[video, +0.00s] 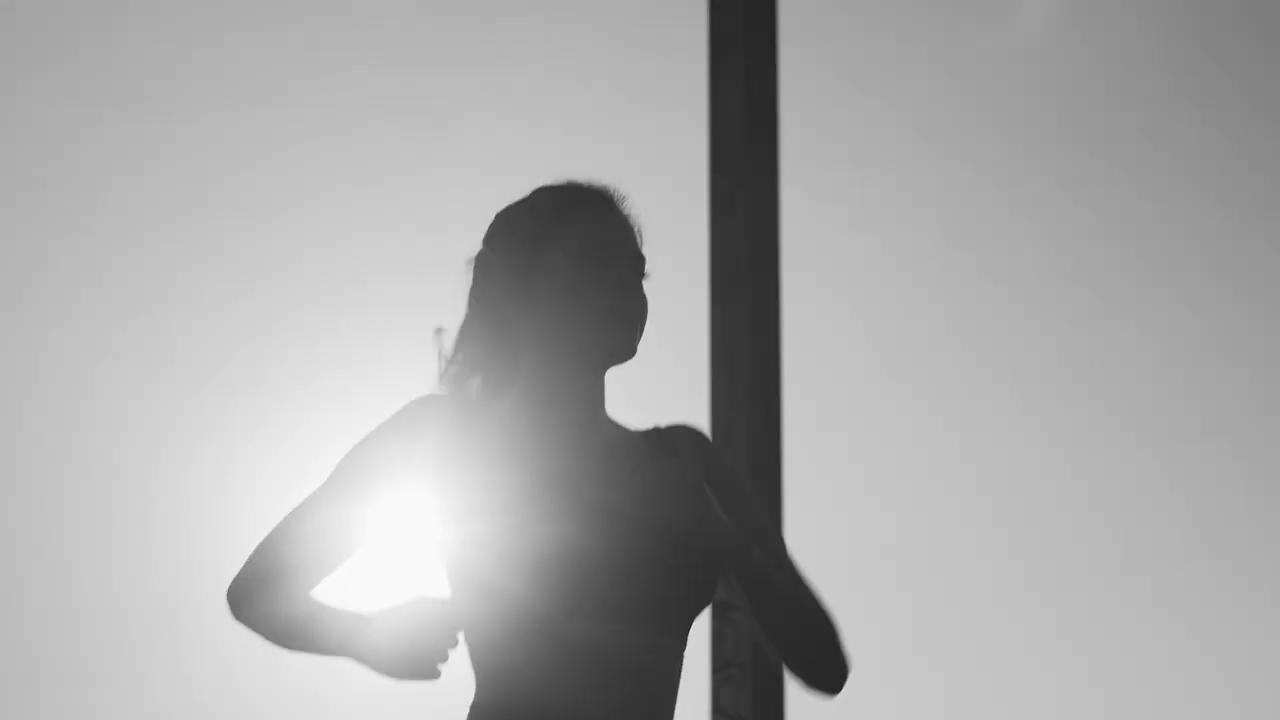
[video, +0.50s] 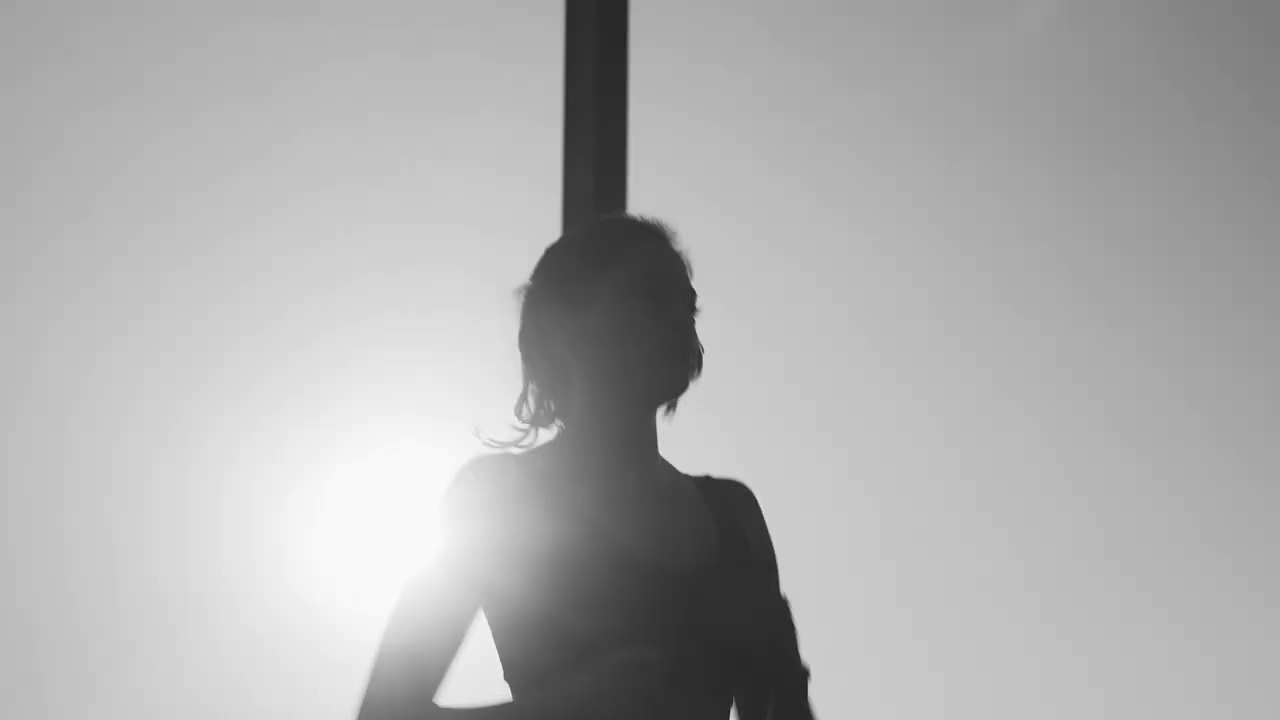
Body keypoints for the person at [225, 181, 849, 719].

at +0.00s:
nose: (643, 294)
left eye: (640, 271)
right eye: (622, 270)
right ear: (548, 285)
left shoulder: (678, 463)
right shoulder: (438, 434)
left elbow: (826, 668)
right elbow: (258, 593)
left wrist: (726, 530)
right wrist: (364, 636)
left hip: (637, 710)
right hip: (506, 710)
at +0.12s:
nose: (646, 284)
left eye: (646, 260)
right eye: (614, 258)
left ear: (645, 285)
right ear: (534, 279)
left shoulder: (688, 445)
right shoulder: (447, 423)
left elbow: (859, 630)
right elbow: (281, 588)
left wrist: (733, 470)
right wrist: (384, 617)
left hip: (664, 706)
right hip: (525, 704)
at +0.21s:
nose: (642, 274)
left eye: (646, 251)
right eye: (608, 247)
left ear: (652, 280)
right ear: (523, 276)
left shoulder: (696, 439)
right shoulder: (458, 425)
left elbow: (864, 635)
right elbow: (300, 603)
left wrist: (737, 482)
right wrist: (402, 623)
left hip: (674, 705)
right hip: (537, 705)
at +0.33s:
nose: (653, 296)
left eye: (660, 273)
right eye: (618, 269)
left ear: (672, 302)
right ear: (538, 300)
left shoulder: (712, 468)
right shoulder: (469, 450)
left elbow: (847, 685)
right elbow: (330, 655)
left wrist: (741, 520)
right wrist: (477, 656)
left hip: (676, 713)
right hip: (537, 718)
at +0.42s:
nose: (659, 324)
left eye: (663, 298)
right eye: (616, 295)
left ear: (677, 333)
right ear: (546, 328)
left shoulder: (722, 493)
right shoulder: (481, 476)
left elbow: (816, 701)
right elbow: (353, 695)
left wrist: (745, 568)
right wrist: (515, 687)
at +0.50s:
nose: (688, 343)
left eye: (685, 314)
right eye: (650, 310)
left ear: (685, 350)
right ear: (556, 342)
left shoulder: (727, 510)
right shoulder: (496, 493)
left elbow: (780, 702)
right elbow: (397, 692)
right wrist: (517, 708)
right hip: (563, 707)